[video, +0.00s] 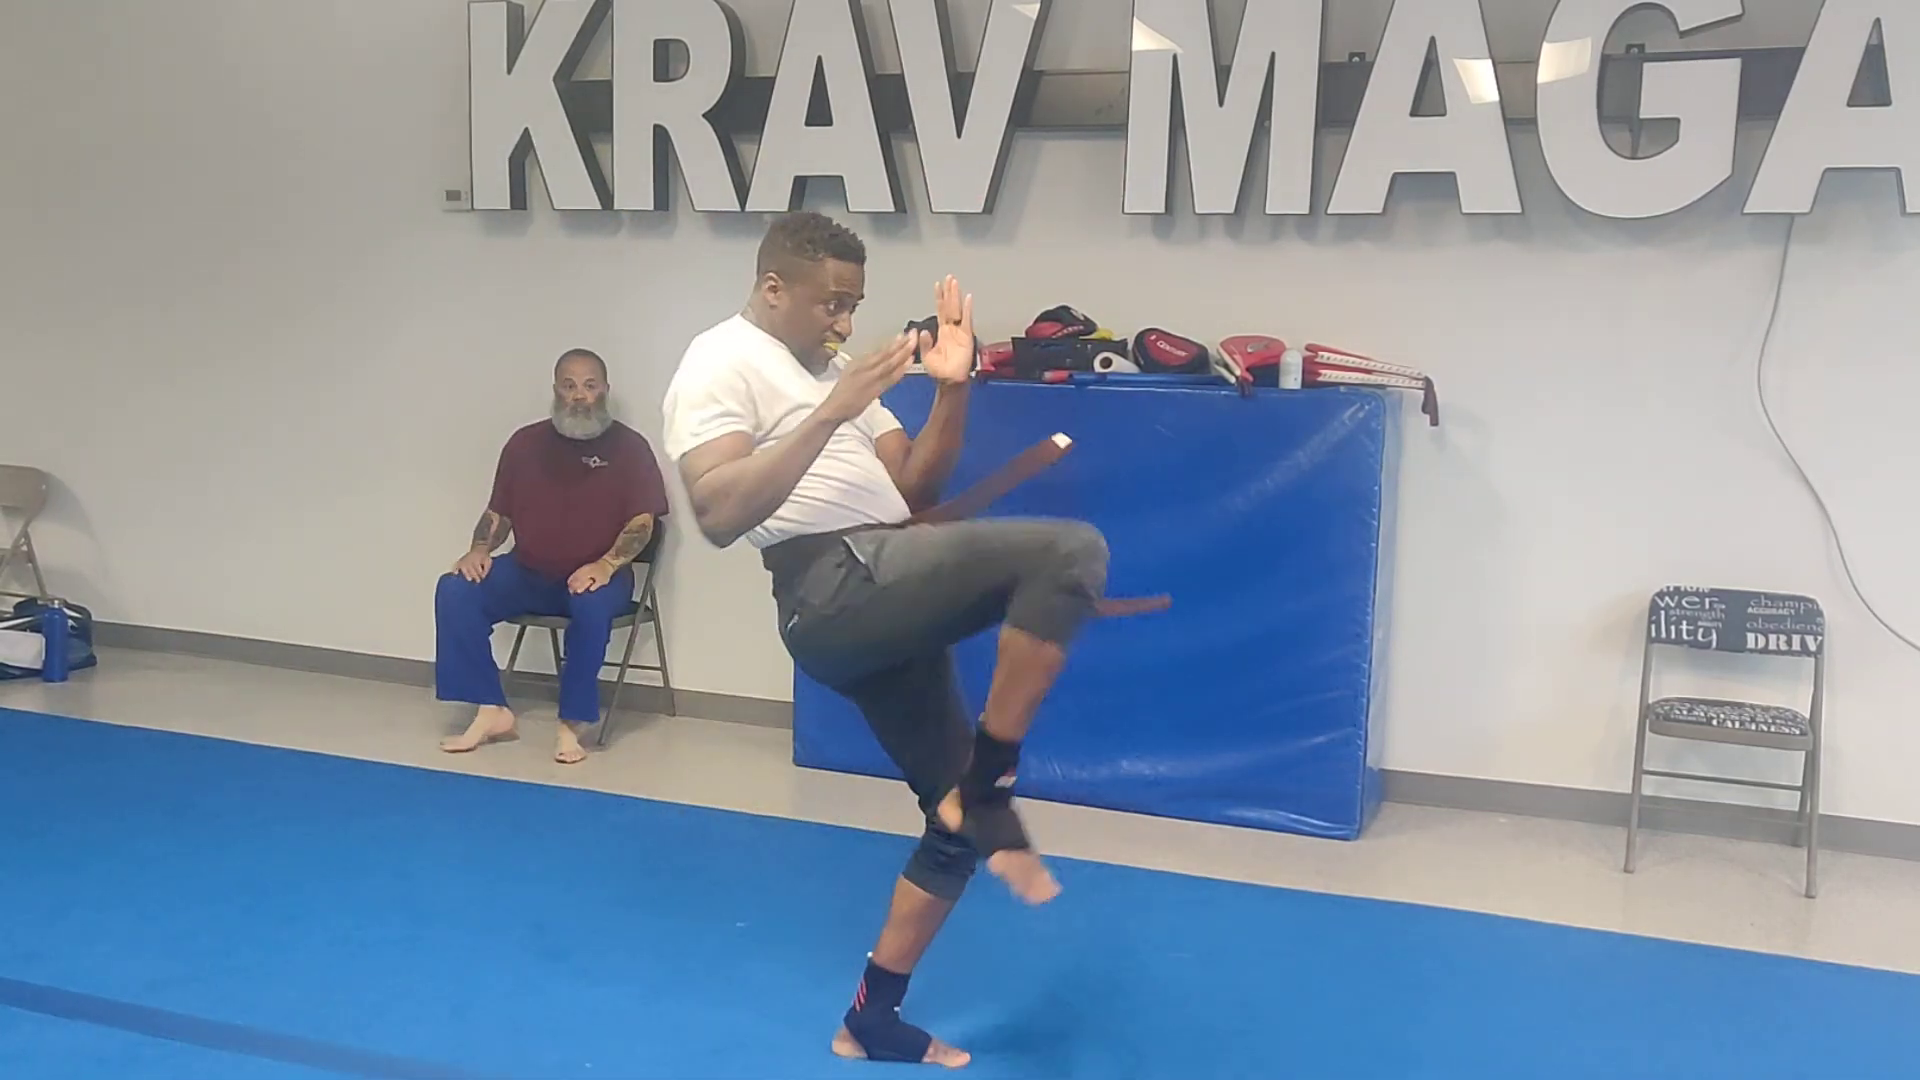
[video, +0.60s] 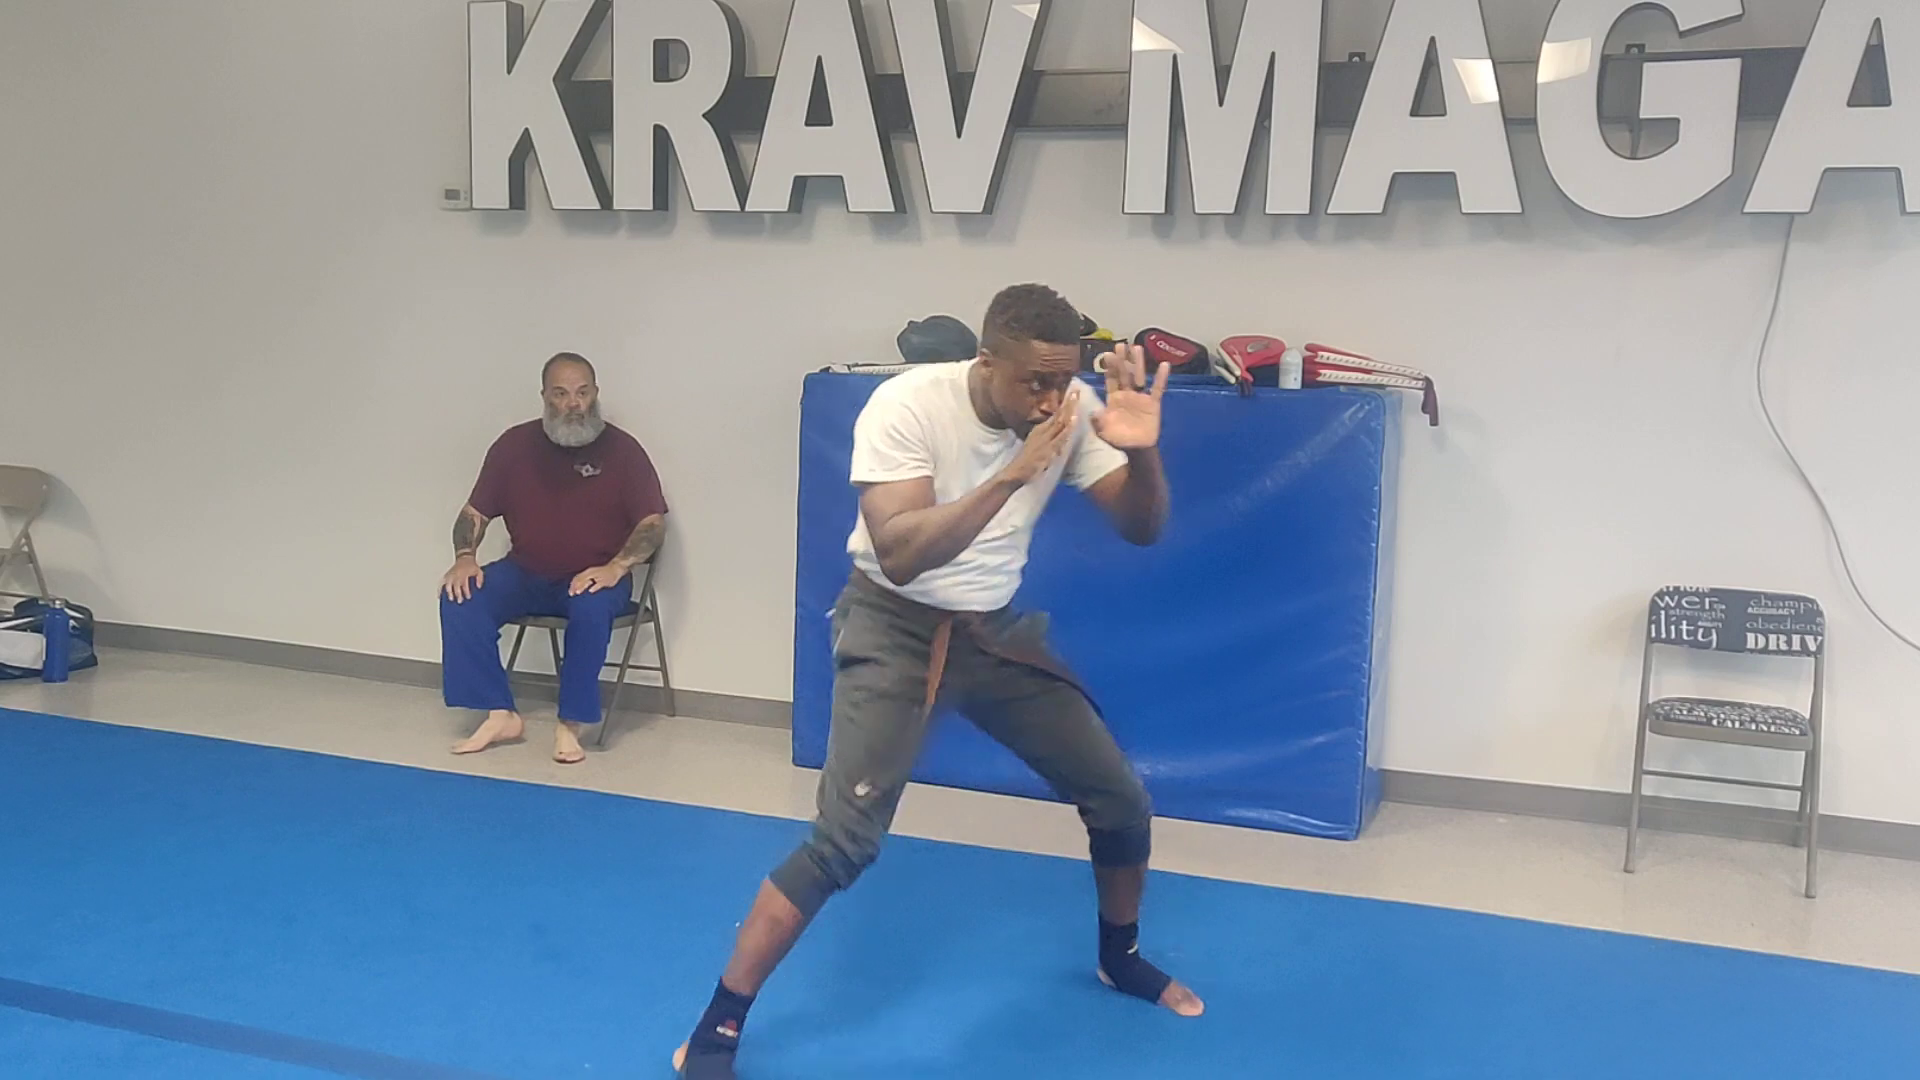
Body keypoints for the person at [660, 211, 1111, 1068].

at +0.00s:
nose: (845, 320)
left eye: (852, 305)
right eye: (833, 302)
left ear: (850, 301)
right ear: (772, 291)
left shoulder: (834, 372)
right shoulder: (717, 363)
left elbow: (915, 484)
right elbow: (716, 514)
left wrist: (953, 388)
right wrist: (829, 414)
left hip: (884, 583)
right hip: (832, 587)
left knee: (960, 815)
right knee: (1068, 552)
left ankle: (875, 1015)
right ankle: (987, 791)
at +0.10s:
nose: (868, 305)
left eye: (873, 290)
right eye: (853, 286)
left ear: (860, 291)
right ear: (795, 276)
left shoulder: (846, 358)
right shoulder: (745, 342)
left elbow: (920, 466)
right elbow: (790, 455)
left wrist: (967, 368)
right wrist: (885, 337)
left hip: (890, 583)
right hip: (855, 588)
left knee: (955, 808)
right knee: (1051, 732)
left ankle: (871, 1014)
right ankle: (873, 886)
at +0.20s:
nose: (889, 295)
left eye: (895, 277)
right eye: (876, 274)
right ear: (811, 264)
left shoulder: (853, 344)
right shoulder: (766, 331)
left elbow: (917, 434)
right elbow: (884, 412)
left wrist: (965, 349)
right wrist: (935, 296)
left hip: (921, 574)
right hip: (856, 586)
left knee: (982, 806)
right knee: (928, 827)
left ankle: (880, 1005)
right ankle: (760, 994)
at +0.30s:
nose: (923, 319)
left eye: (926, 302)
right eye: (908, 300)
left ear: (865, 294)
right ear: (847, 287)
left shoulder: (866, 353)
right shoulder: (809, 358)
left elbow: (936, 444)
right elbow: (963, 454)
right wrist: (989, 314)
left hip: (908, 606)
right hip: (832, 621)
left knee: (1049, 775)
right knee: (845, 873)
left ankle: (970, 962)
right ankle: (707, 1041)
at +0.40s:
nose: (966, 362)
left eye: (973, 346)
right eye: (955, 346)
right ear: (893, 333)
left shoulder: (920, 399)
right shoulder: (834, 411)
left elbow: (976, 499)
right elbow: (954, 537)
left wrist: (1023, 412)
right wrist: (1013, 403)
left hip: (911, 638)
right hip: (823, 649)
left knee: (1047, 804)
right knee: (844, 894)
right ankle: (709, 1042)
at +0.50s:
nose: (1010, 401)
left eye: (1018, 383)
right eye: (995, 381)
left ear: (1024, 370)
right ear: (937, 360)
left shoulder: (994, 425)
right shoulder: (865, 421)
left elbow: (1053, 532)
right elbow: (917, 572)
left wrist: (1078, 446)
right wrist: (1029, 465)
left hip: (940, 645)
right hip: (848, 647)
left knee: (1073, 812)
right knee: (858, 886)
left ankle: (1110, 958)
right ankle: (709, 1043)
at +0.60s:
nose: (1054, 400)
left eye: (1064, 382)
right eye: (1037, 382)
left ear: (1075, 370)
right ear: (987, 358)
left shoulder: (1070, 409)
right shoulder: (905, 407)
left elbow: (1142, 526)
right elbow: (898, 553)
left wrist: (1142, 453)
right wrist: (1012, 476)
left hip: (995, 627)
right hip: (893, 621)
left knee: (1121, 803)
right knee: (847, 835)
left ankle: (1121, 958)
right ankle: (718, 1029)